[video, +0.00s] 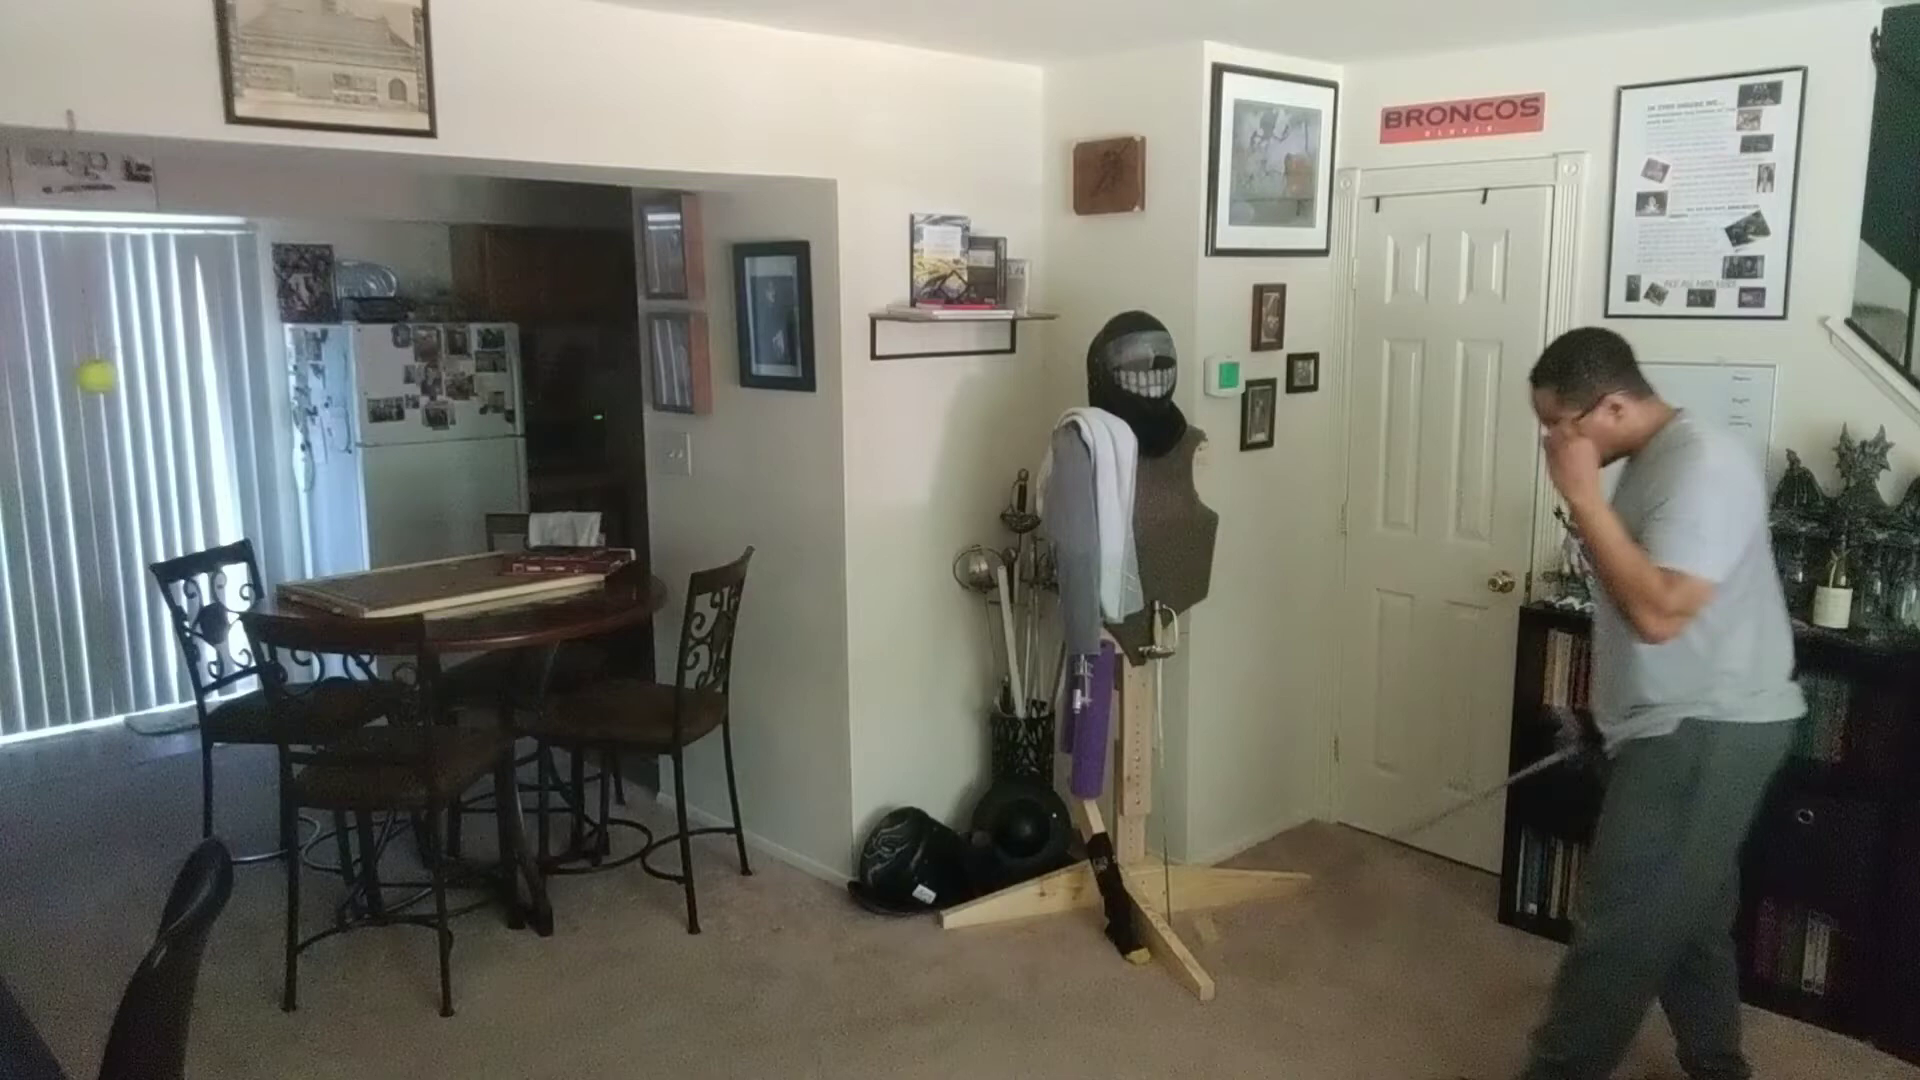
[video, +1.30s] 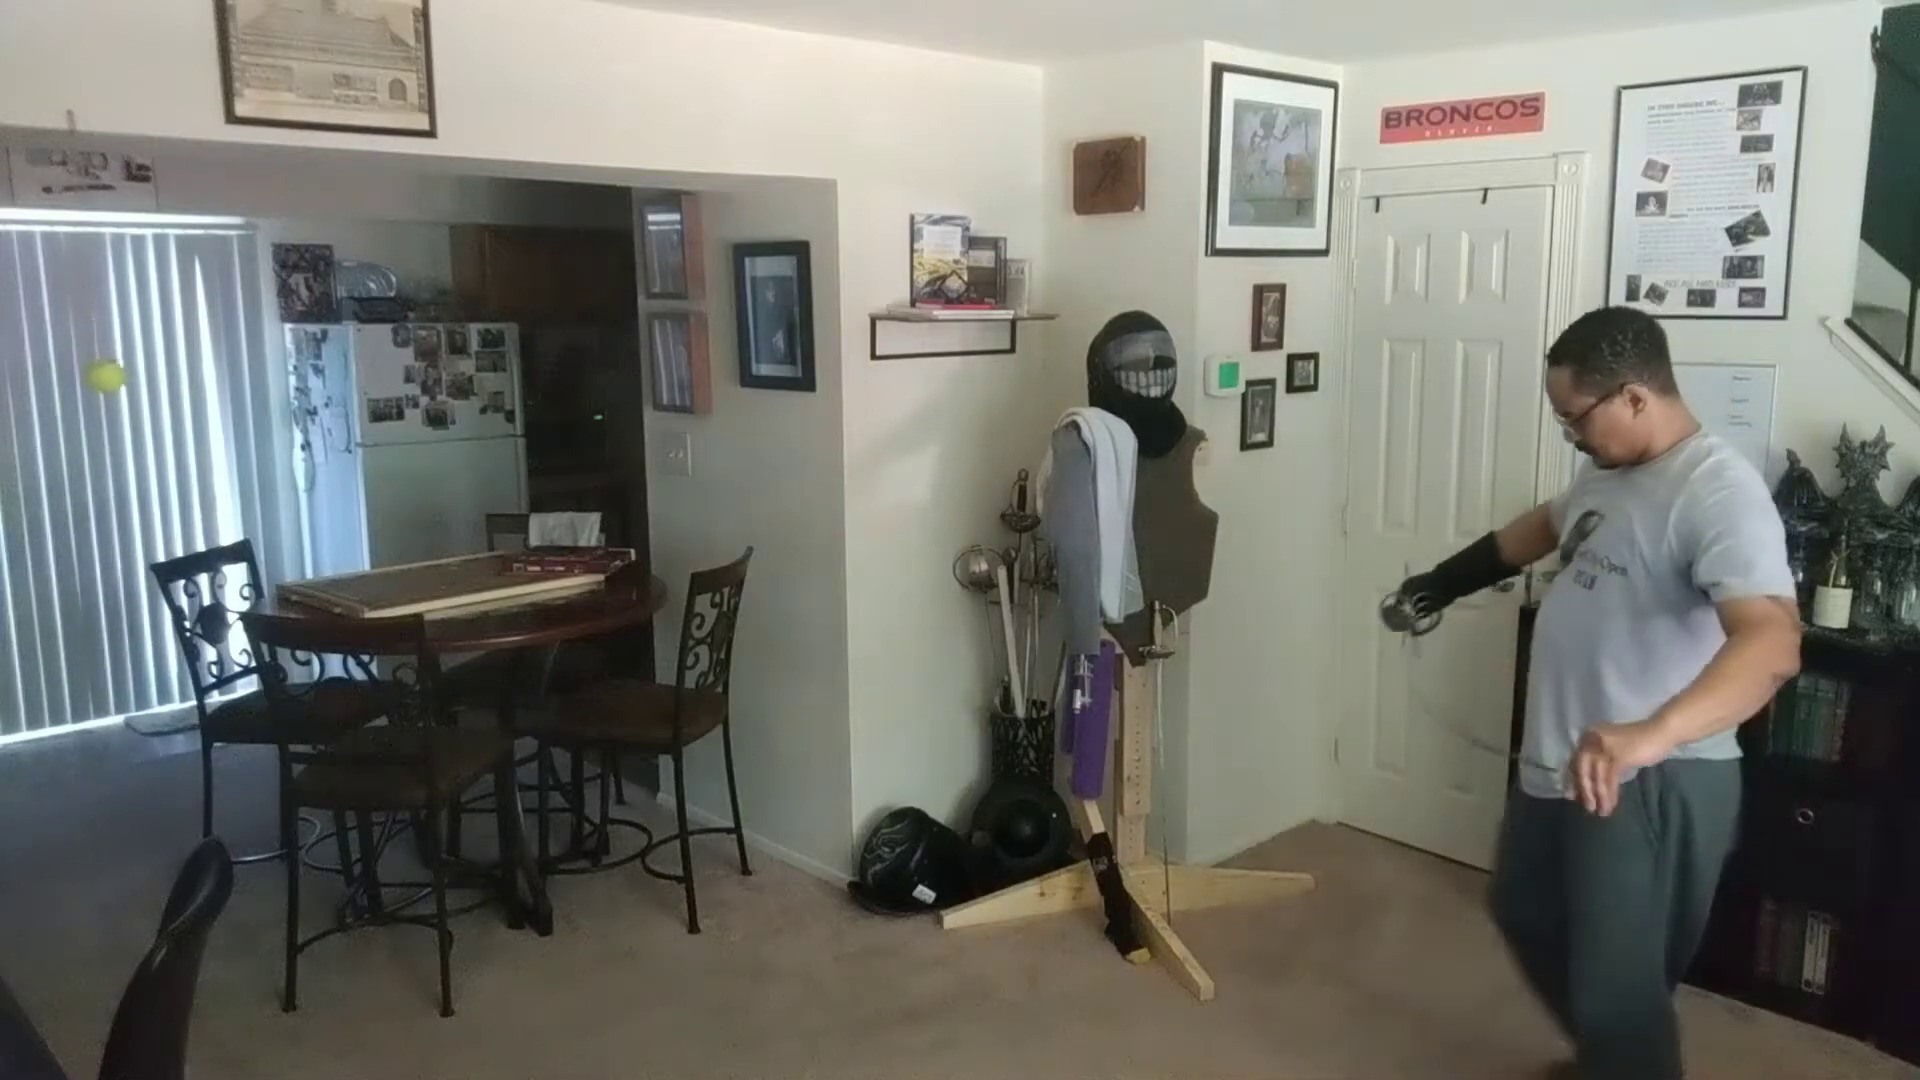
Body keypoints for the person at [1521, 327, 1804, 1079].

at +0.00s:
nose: (1553, 443)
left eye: (1558, 425)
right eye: (1548, 428)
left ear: (1610, 405)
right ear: (1613, 404)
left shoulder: (1709, 462)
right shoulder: (1642, 469)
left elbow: (1658, 612)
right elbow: (1652, 606)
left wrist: (1585, 498)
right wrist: (1612, 702)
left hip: (1710, 728)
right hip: (1671, 721)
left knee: (1620, 933)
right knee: (1691, 925)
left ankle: (1560, 1067)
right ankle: (1717, 1067)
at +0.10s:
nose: (1562, 440)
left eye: (1567, 422)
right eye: (1558, 425)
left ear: (1616, 403)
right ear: (1620, 401)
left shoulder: (1718, 460)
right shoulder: (1646, 469)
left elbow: (1673, 610)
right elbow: (1656, 601)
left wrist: (1591, 496)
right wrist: (1621, 701)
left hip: (1717, 724)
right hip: (1677, 718)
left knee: (1627, 919)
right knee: (1689, 914)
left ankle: (1573, 1063)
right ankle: (1717, 1064)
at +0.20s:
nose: (1589, 435)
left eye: (1593, 418)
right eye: (1582, 421)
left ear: (1642, 394)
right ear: (1644, 394)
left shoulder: (1736, 459)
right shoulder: (1674, 460)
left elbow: (1715, 608)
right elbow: (1679, 587)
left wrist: (1590, 521)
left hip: (1728, 722)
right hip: (1688, 714)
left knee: (1633, 919)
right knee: (1696, 915)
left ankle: (1601, 1066)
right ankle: (1719, 1064)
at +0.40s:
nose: (1615, 423)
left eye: (1621, 405)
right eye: (1608, 408)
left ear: (1678, 381)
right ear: (1678, 384)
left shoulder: (1746, 460)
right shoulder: (1700, 458)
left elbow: (1716, 603)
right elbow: (1690, 596)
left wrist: (1539, 622)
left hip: (1731, 738)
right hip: (1697, 731)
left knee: (1671, 952)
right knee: (1676, 946)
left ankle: (1673, 1070)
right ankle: (1705, 1065)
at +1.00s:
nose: (1594, 434)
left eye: (1596, 417)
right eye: (1587, 421)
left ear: (1648, 394)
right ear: (1650, 393)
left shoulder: (1732, 475)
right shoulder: (1662, 470)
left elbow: (1739, 624)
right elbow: (1591, 526)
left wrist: (1606, 715)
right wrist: (1501, 558)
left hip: (1676, 775)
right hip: (1637, 765)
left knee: (1629, 984)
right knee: (1666, 963)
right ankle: (1700, 1064)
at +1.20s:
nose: (1580, 436)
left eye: (1585, 418)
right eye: (1575, 422)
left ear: (1641, 396)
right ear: (1636, 398)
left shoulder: (1727, 484)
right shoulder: (1623, 472)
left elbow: (1761, 646)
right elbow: (1558, 529)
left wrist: (1644, 736)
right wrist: (1462, 577)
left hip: (1657, 792)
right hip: (1577, 775)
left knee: (1623, 1011)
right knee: (1571, 944)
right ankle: (1675, 1054)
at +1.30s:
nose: (1573, 435)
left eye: (1578, 418)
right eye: (1567, 421)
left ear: (1636, 397)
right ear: (1629, 399)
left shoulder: (1718, 484)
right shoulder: (1607, 475)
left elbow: (1771, 645)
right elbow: (1540, 529)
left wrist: (1650, 735)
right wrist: (1443, 582)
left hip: (1648, 791)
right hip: (1554, 774)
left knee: (1618, 1006)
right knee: (1526, 918)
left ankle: (1639, 1076)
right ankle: (1606, 1050)